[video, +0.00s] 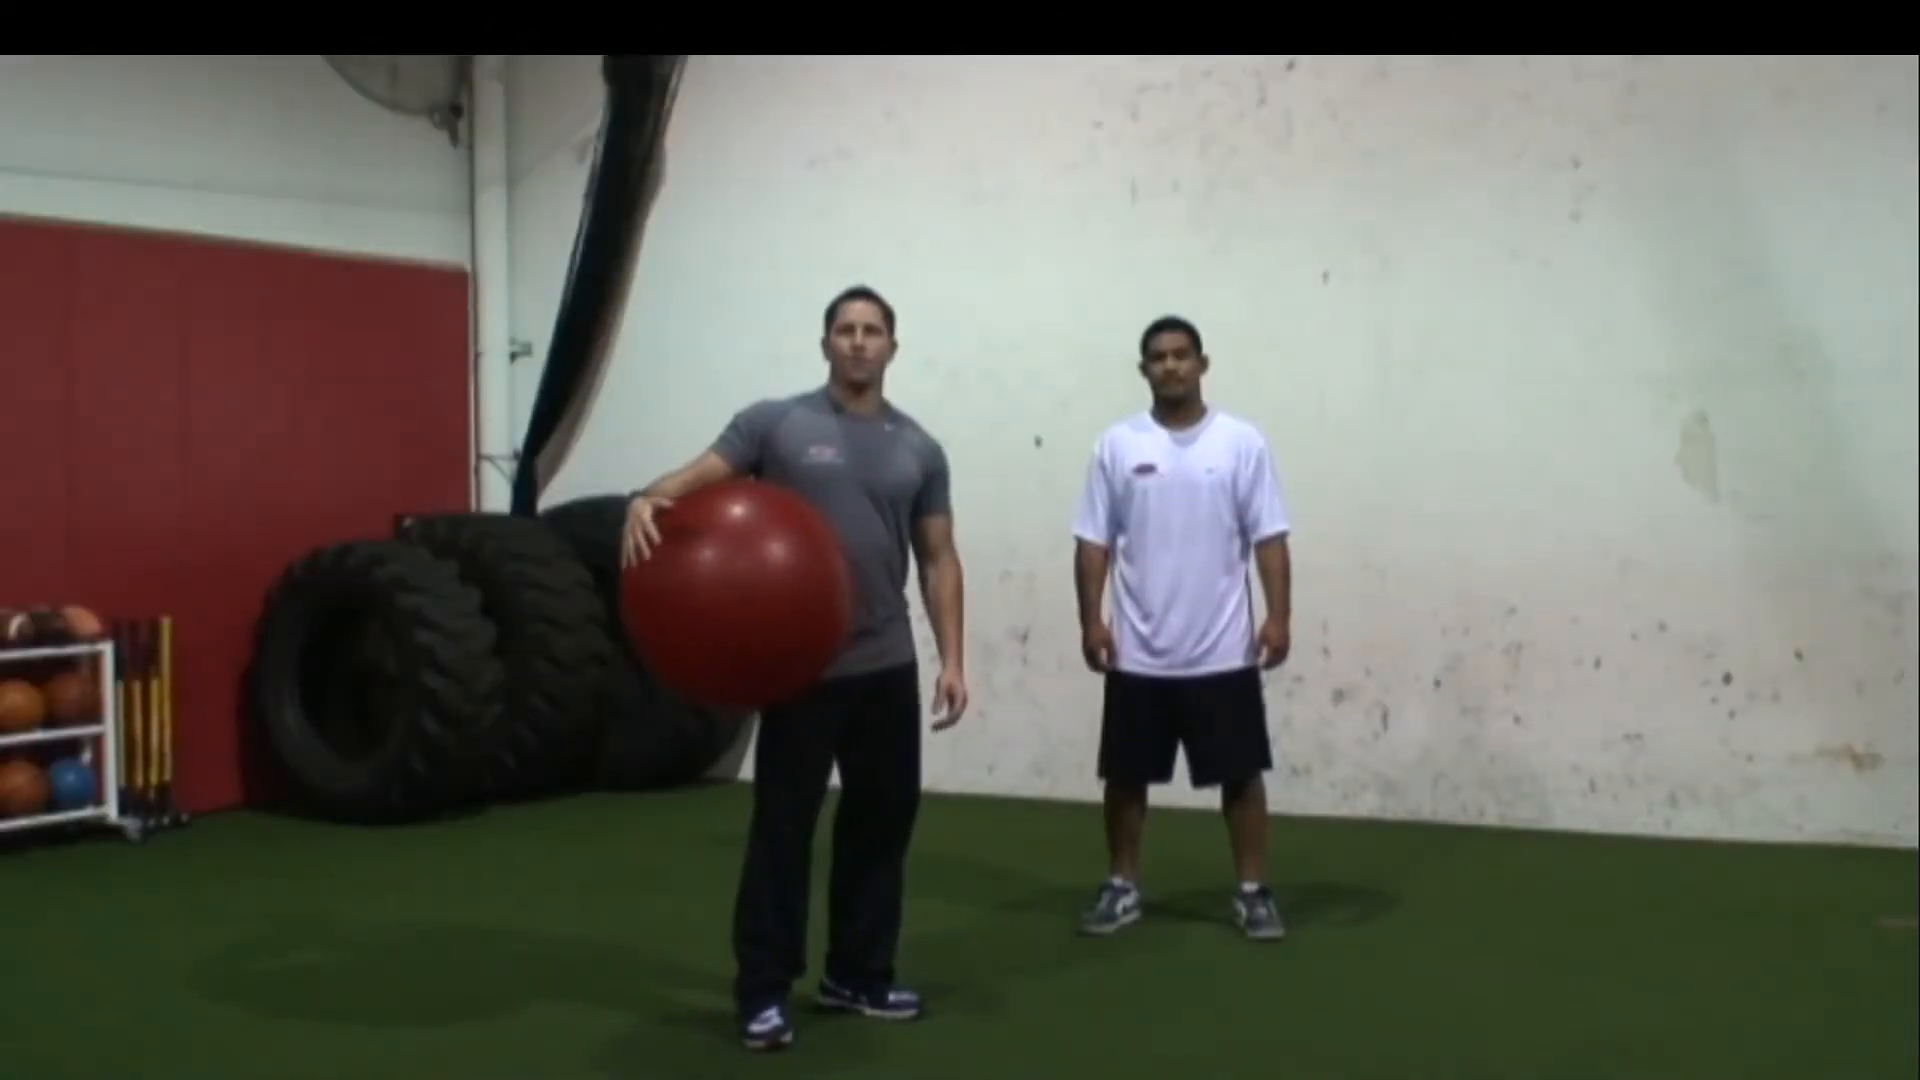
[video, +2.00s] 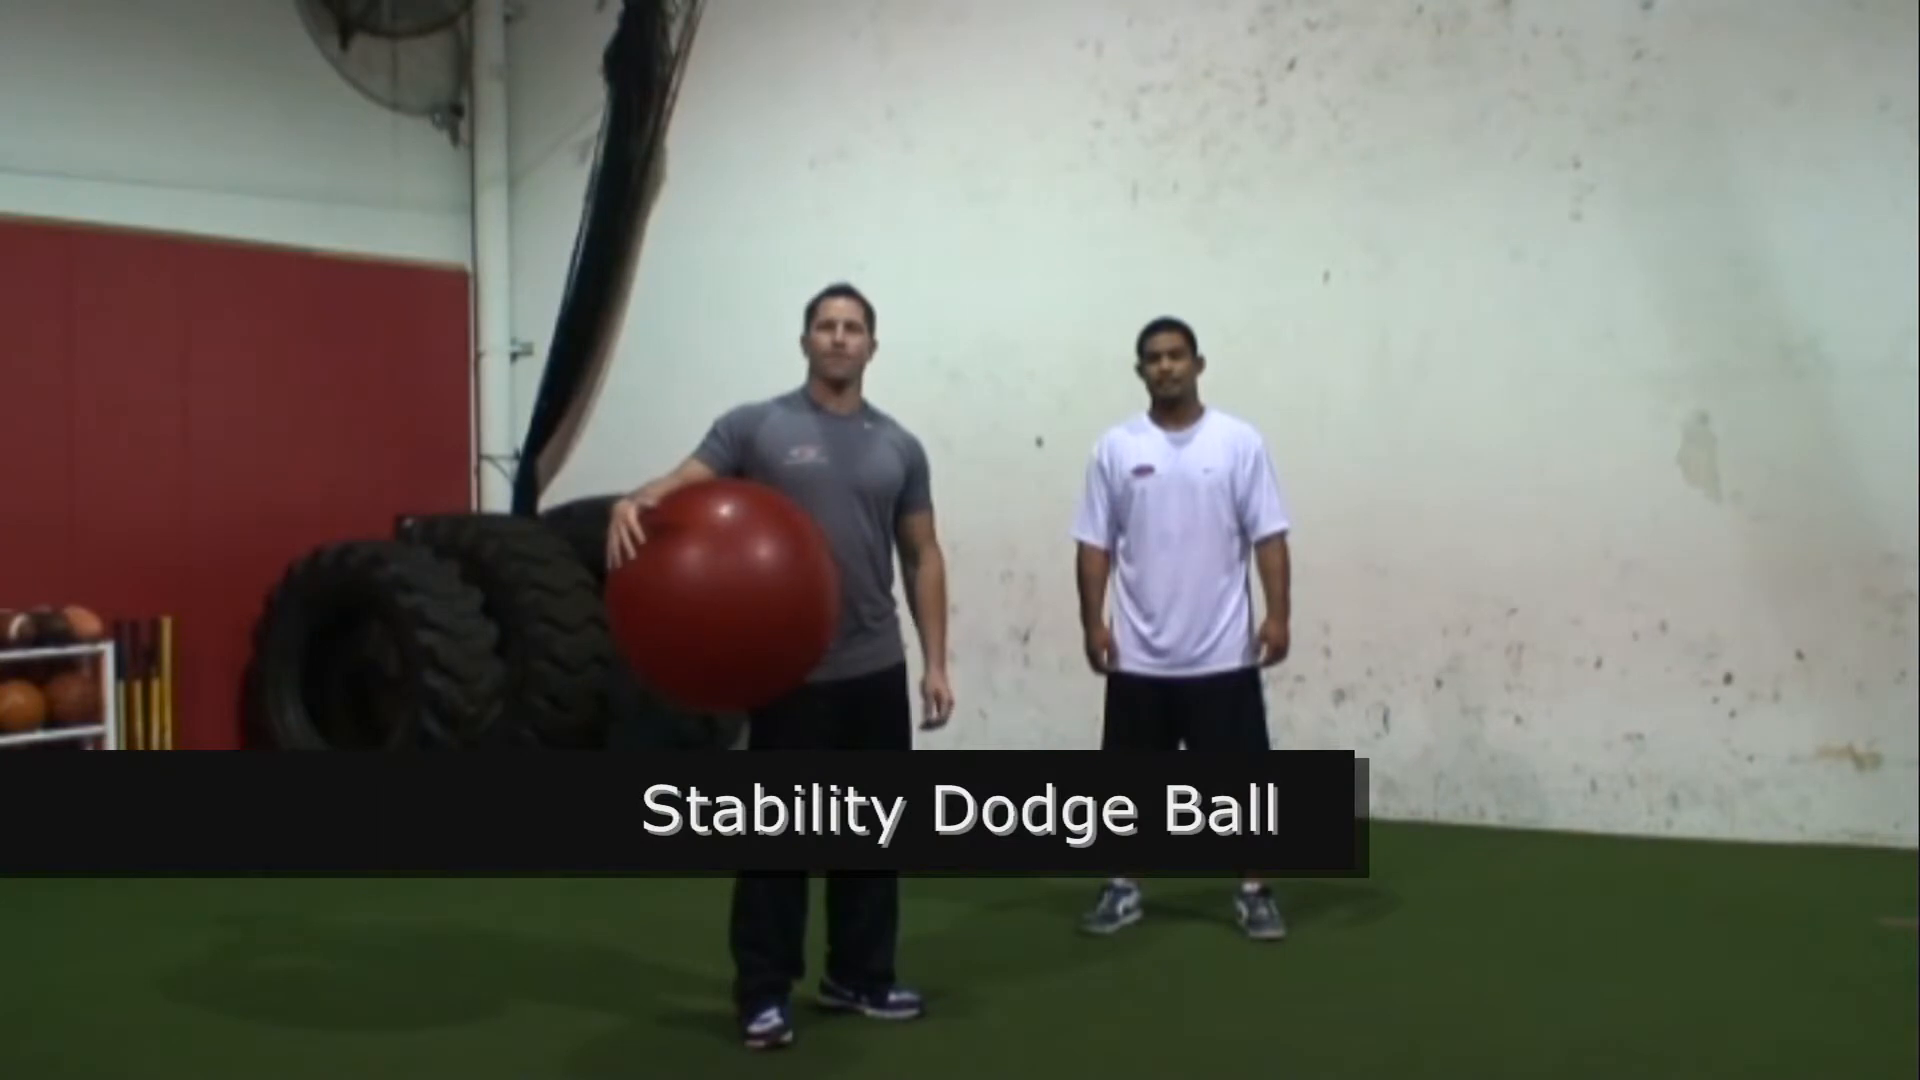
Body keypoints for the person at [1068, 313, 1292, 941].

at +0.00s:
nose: (1169, 366)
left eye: (1180, 355)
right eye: (1158, 358)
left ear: (1202, 364)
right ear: (1144, 370)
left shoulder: (1242, 443)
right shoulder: (1118, 445)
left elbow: (1269, 535)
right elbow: (1093, 537)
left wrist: (1278, 614)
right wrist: (1092, 619)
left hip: (1221, 645)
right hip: (1139, 645)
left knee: (1243, 778)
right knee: (1124, 777)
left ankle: (1252, 889)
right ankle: (1122, 884)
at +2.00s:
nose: (1166, 366)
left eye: (1176, 356)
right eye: (1154, 358)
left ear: (1198, 364)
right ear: (1140, 371)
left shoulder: (1240, 442)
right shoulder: (1117, 447)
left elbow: (1269, 534)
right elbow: (1094, 541)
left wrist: (1278, 613)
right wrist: (1093, 622)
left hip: (1222, 648)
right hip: (1140, 649)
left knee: (1242, 777)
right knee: (1124, 778)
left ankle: (1253, 887)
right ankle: (1123, 884)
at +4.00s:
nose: (1163, 366)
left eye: (1174, 356)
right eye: (1152, 359)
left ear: (1198, 364)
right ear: (1139, 371)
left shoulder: (1240, 442)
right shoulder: (1115, 448)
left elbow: (1269, 533)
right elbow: (1092, 539)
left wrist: (1276, 613)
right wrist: (1090, 620)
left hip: (1221, 645)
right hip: (1138, 646)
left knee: (1242, 777)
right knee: (1123, 778)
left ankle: (1254, 889)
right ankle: (1122, 884)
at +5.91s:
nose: (1163, 367)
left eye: (1174, 357)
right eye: (1152, 360)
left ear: (1197, 364)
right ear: (1138, 372)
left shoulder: (1239, 442)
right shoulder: (1116, 448)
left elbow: (1269, 533)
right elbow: (1093, 540)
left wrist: (1277, 614)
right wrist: (1090, 621)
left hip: (1220, 644)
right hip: (1138, 645)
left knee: (1241, 776)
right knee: (1123, 777)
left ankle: (1254, 889)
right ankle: (1122, 884)